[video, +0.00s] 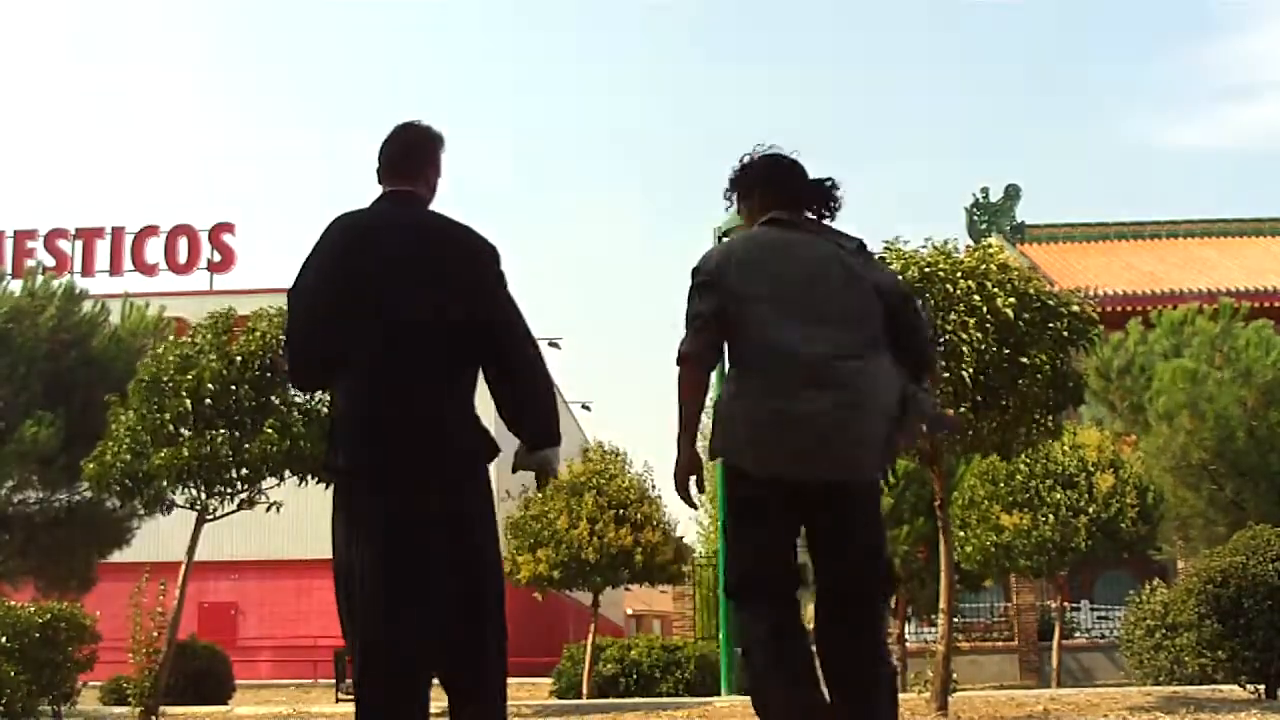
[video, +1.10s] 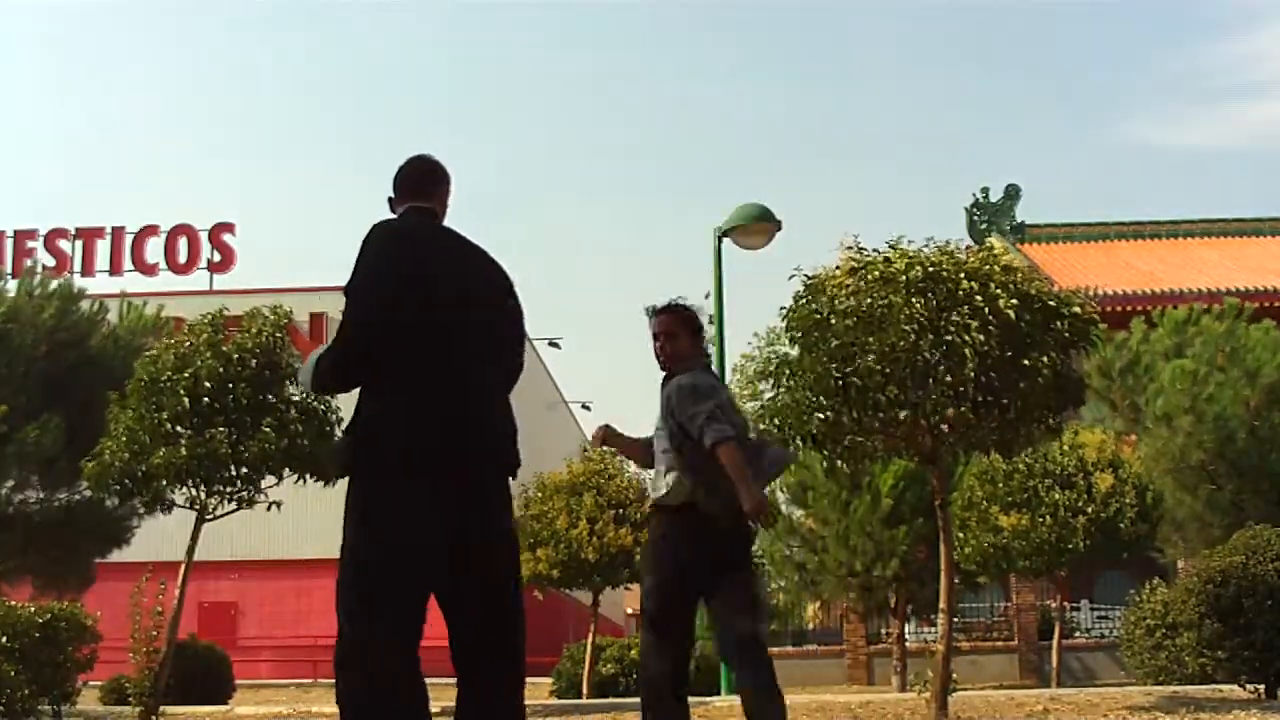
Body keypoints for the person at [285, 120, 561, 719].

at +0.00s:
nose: (435, 181)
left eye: (424, 170)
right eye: (438, 172)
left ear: (380, 171)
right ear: (436, 174)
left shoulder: (340, 239)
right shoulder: (469, 248)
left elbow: (303, 364)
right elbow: (511, 351)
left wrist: (361, 354)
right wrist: (540, 437)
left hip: (365, 464)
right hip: (452, 461)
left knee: (379, 628)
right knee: (471, 624)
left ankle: (389, 712)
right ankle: (479, 712)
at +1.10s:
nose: (402, 210)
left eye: (398, 202)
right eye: (427, 199)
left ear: (393, 200)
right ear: (447, 200)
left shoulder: (386, 242)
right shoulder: (490, 270)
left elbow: (360, 351)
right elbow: (507, 368)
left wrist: (317, 370)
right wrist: (454, 401)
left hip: (395, 470)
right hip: (479, 475)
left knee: (377, 633)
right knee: (490, 638)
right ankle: (492, 719)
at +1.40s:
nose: (354, 206)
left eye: (345, 199)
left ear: (343, 197)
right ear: (398, 191)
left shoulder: (339, 248)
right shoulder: (448, 256)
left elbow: (308, 372)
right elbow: (478, 351)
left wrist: (276, 383)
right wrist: (440, 400)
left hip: (372, 461)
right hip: (453, 457)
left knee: (382, 631)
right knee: (475, 627)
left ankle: (391, 718)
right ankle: (492, 716)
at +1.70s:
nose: (330, 205)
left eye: (325, 197)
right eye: (345, 195)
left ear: (322, 196)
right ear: (376, 191)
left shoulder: (312, 252)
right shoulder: (429, 253)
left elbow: (283, 383)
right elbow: (467, 355)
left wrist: (263, 388)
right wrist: (463, 435)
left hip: (358, 473)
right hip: (443, 469)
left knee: (371, 646)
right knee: (478, 638)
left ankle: (393, 718)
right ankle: (493, 715)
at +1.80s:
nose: (328, 204)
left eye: (323, 196)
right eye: (355, 191)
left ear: (320, 195)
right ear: (374, 190)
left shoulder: (307, 252)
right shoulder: (426, 253)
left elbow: (284, 377)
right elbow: (464, 356)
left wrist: (263, 388)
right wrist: (476, 447)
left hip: (352, 460)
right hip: (429, 454)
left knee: (365, 621)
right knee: (452, 617)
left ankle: (377, 714)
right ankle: (485, 713)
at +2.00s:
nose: (328, 206)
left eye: (323, 199)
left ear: (319, 198)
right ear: (375, 195)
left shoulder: (302, 258)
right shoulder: (424, 254)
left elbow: (277, 392)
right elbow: (472, 360)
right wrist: (488, 444)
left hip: (350, 483)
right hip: (435, 474)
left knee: (368, 650)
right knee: (469, 639)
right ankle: (485, 717)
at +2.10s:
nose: (333, 211)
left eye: (326, 203)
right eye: (362, 197)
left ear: (324, 201)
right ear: (378, 197)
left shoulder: (308, 257)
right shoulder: (427, 256)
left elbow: (281, 385)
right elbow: (473, 360)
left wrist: (280, 395)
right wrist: (489, 446)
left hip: (352, 461)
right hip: (432, 455)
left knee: (367, 608)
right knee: (442, 602)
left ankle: (371, 710)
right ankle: (450, 710)